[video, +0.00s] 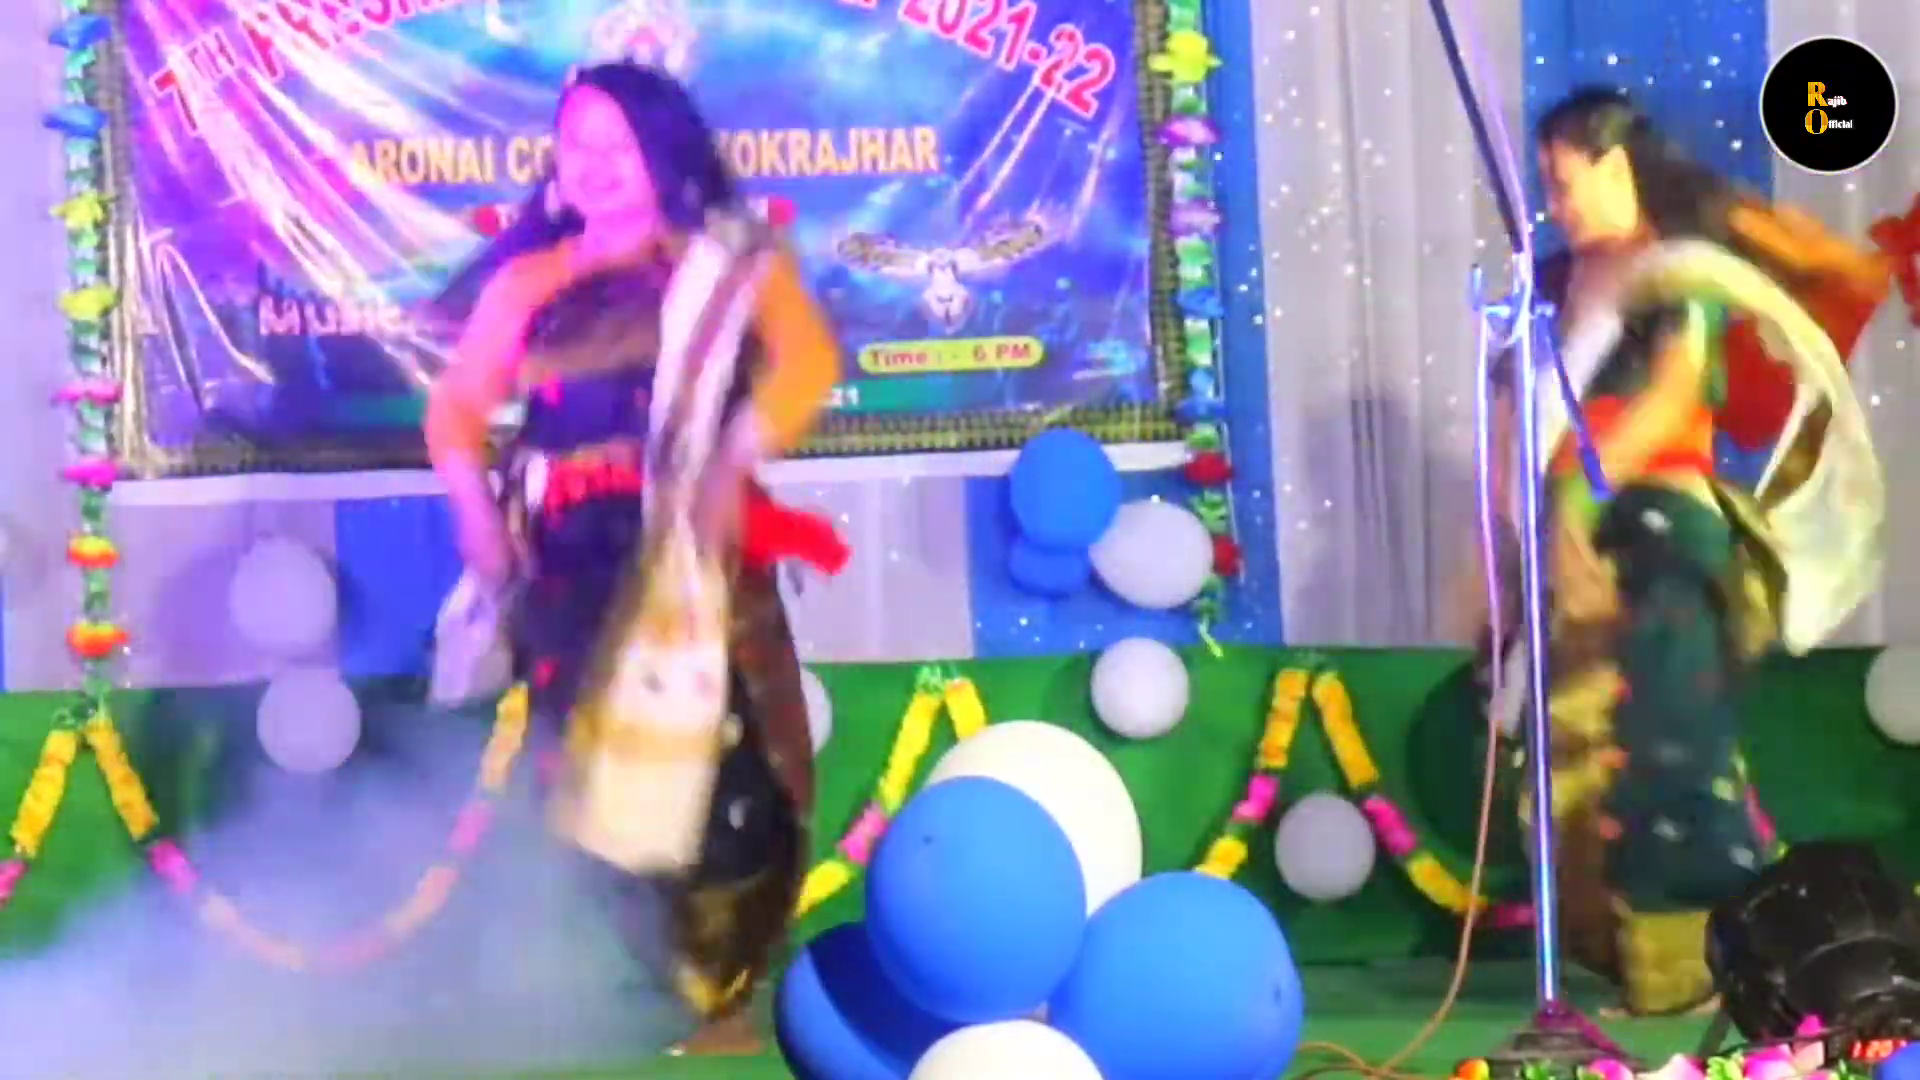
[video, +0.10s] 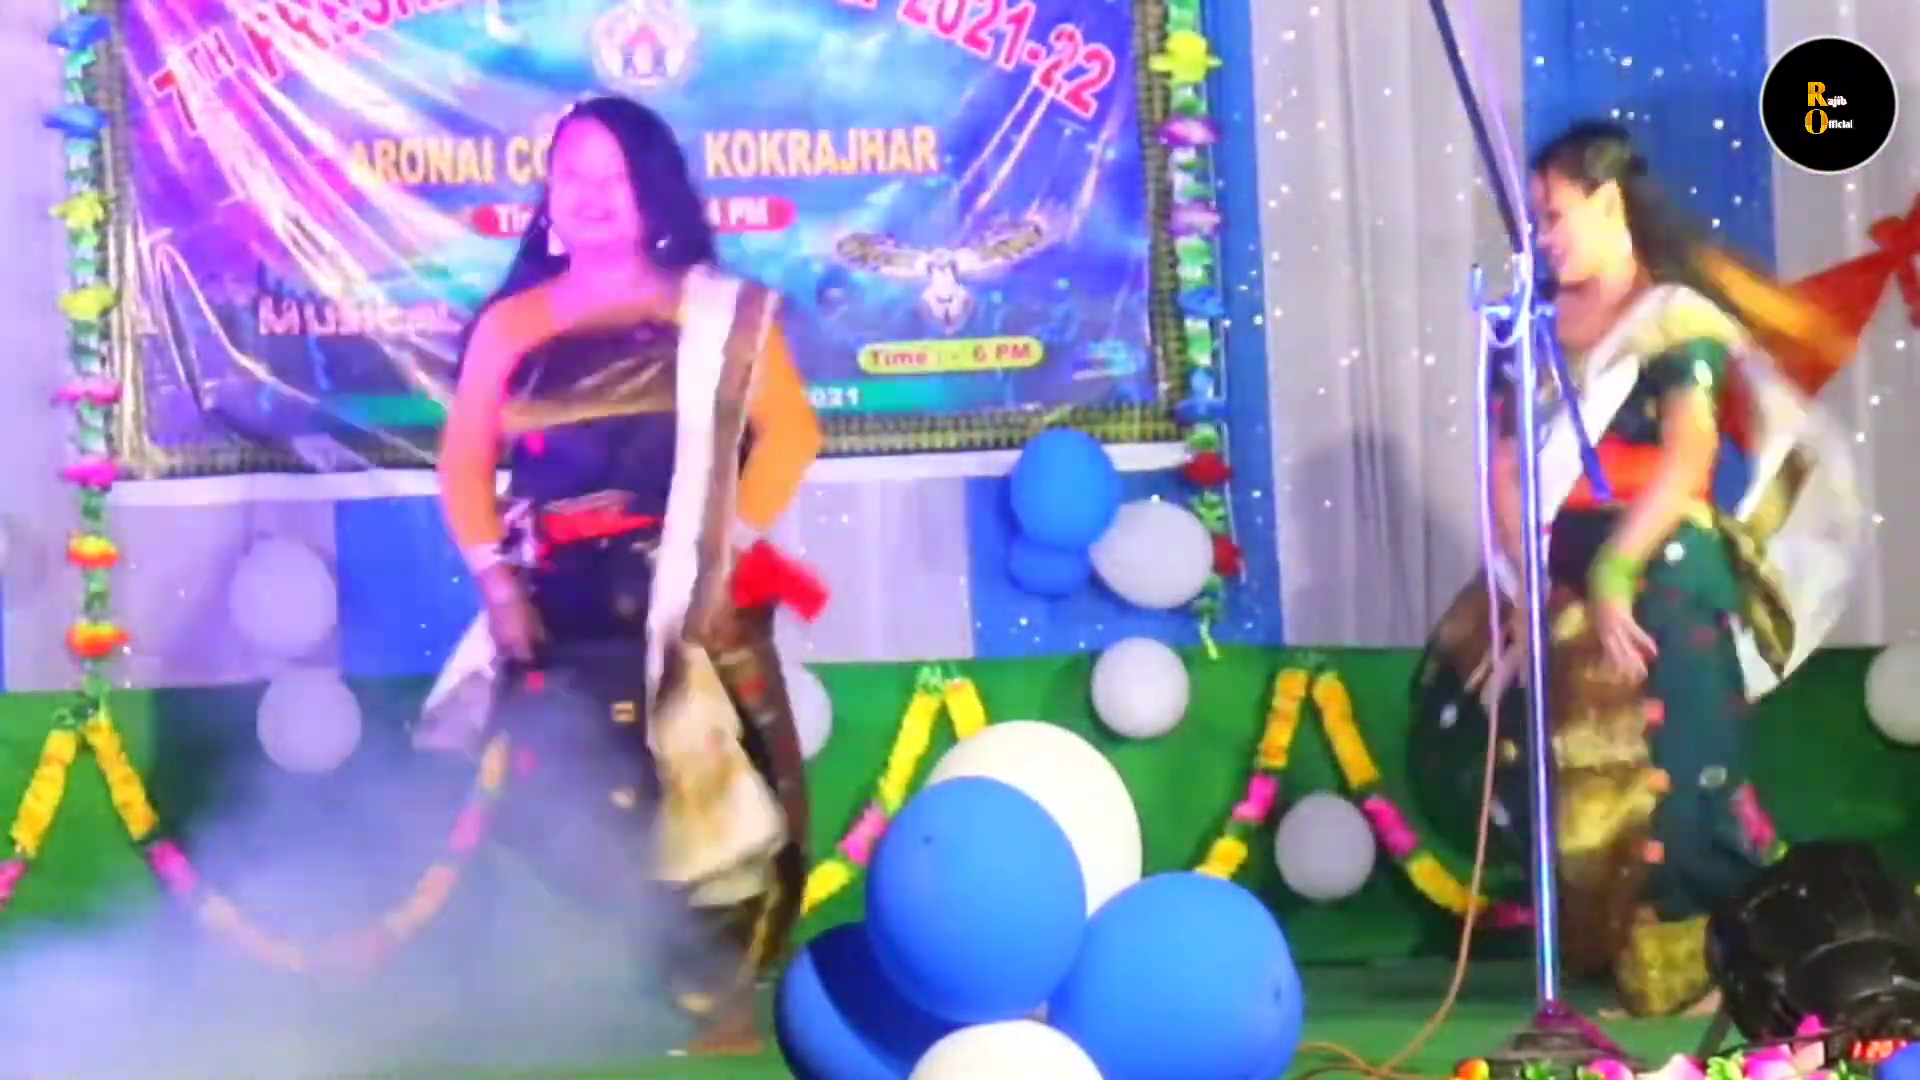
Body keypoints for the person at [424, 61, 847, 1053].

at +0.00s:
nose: (591, 170)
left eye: (612, 148)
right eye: (574, 152)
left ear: (665, 150)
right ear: (554, 167)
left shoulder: (732, 260)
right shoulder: (530, 281)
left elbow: (812, 363)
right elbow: (452, 410)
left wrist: (738, 457)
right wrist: (482, 527)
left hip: (696, 550)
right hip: (569, 553)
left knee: (732, 761)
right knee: (585, 761)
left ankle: (729, 984)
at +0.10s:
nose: (588, 198)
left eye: (610, 179)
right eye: (569, 181)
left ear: (656, 189)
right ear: (546, 199)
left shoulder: (732, 314)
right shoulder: (511, 325)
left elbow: (791, 435)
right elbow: (463, 465)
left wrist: (726, 537)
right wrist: (497, 584)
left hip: (696, 606)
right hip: (561, 615)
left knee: (727, 810)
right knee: (563, 823)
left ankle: (720, 993)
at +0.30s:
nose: (546, 118)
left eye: (567, 104)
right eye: (525, 98)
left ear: (593, 124)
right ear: (481, 113)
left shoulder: (629, 228)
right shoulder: (418, 238)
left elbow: (698, 342)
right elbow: (351, 368)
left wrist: (637, 440)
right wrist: (382, 474)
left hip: (588, 518)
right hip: (461, 525)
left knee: (619, 748)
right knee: (462, 756)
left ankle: (651, 997)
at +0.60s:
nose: (420, 190)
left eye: (439, 176)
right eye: (398, 168)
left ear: (456, 200)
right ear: (346, 180)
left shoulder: (480, 321)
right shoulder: (268, 311)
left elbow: (547, 451)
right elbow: (196, 441)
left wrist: (490, 563)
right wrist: (225, 574)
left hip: (430, 623)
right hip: (292, 623)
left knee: (424, 842)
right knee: (282, 847)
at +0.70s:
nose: (402, 154)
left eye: (416, 135)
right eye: (382, 131)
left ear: (434, 151)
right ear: (335, 138)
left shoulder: (456, 272)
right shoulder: (254, 261)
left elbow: (542, 396)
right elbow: (160, 391)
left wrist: (498, 510)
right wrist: (189, 526)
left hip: (398, 558)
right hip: (269, 561)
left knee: (386, 788)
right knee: (252, 788)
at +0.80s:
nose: (375, 110)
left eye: (385, 91)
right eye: (352, 88)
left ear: (402, 105)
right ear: (301, 94)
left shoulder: (437, 225)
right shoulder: (223, 214)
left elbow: (542, 317)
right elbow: (114, 316)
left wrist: (547, 447)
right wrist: (160, 434)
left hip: (378, 540)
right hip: (242, 536)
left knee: (366, 781)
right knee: (209, 781)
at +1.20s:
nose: (359, 148)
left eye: (362, 131)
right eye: (331, 135)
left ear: (375, 149)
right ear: (270, 167)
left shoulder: (377, 283)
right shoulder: (270, 266)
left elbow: (496, 359)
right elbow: (399, 312)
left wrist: (489, 252)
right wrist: (451, 230)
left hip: (382, 541)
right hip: (307, 539)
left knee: (360, 745)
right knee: (337, 737)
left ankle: (325, 937)